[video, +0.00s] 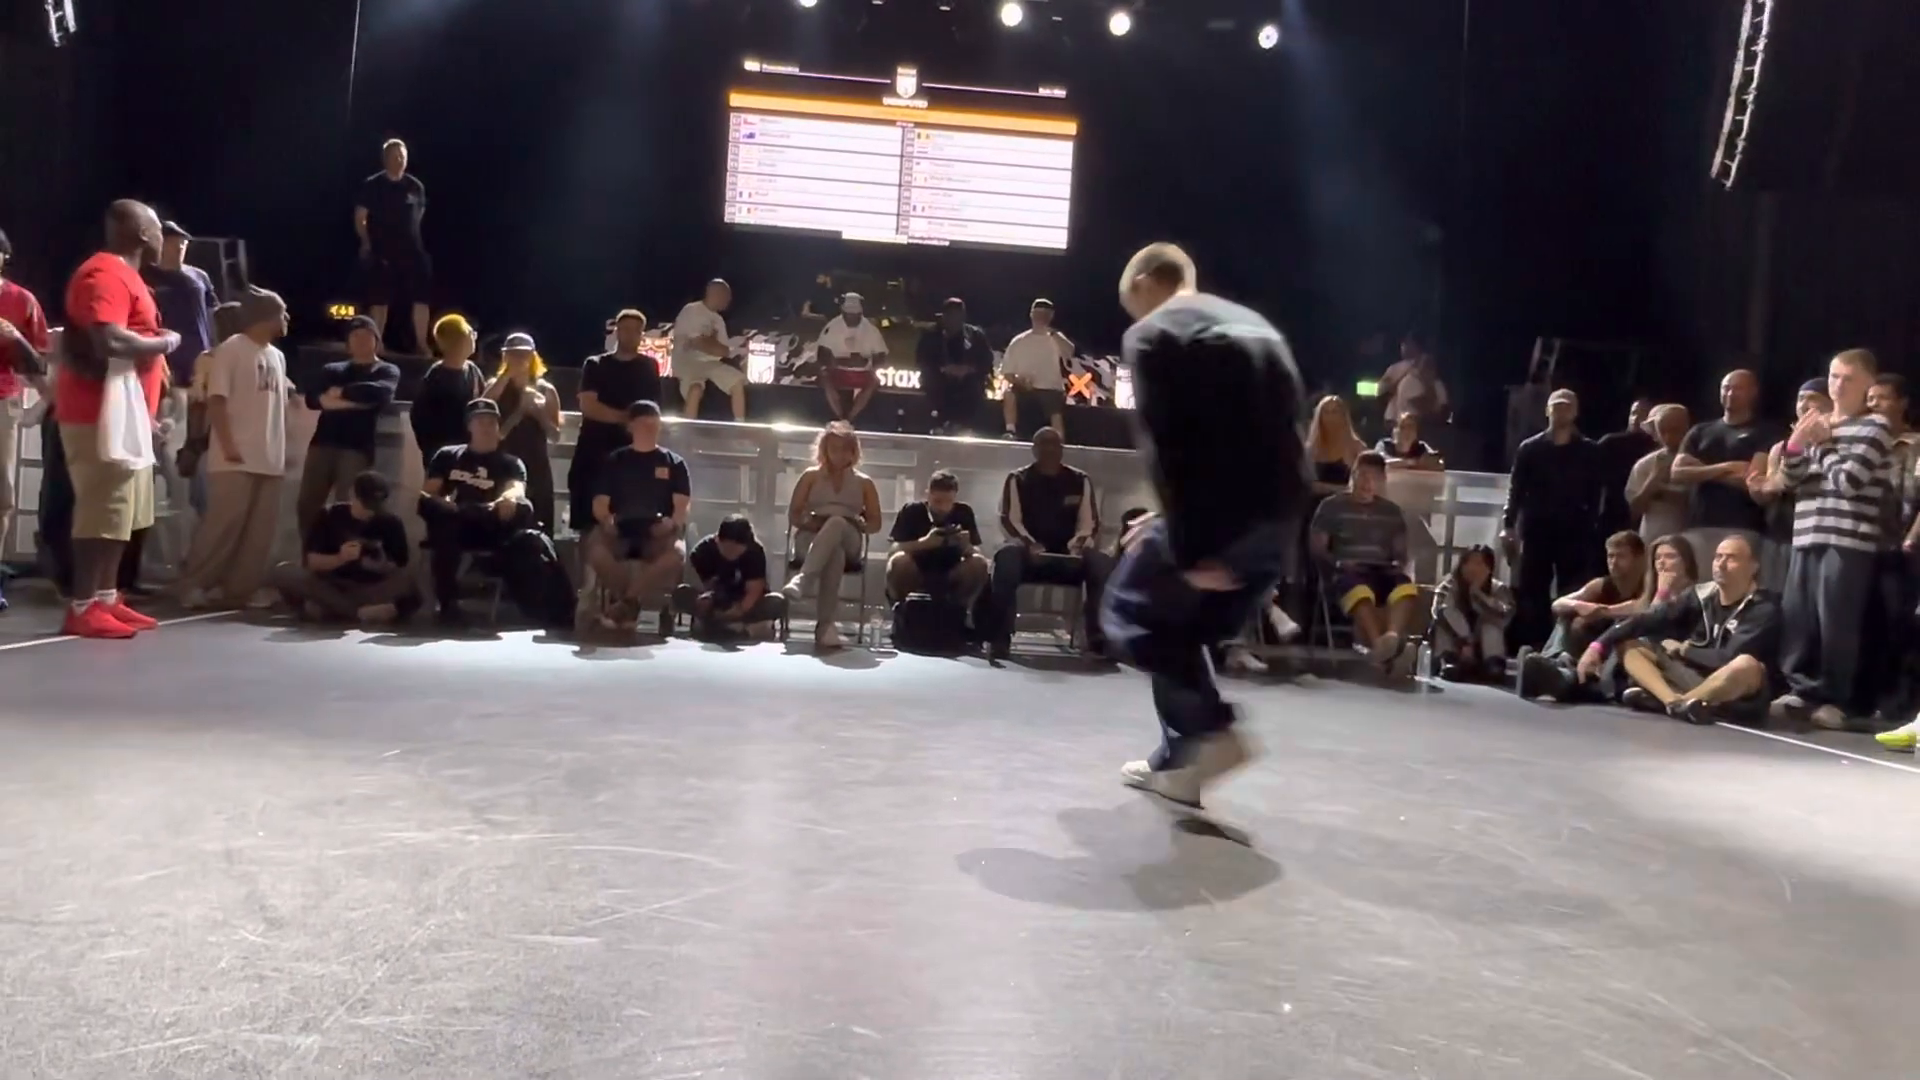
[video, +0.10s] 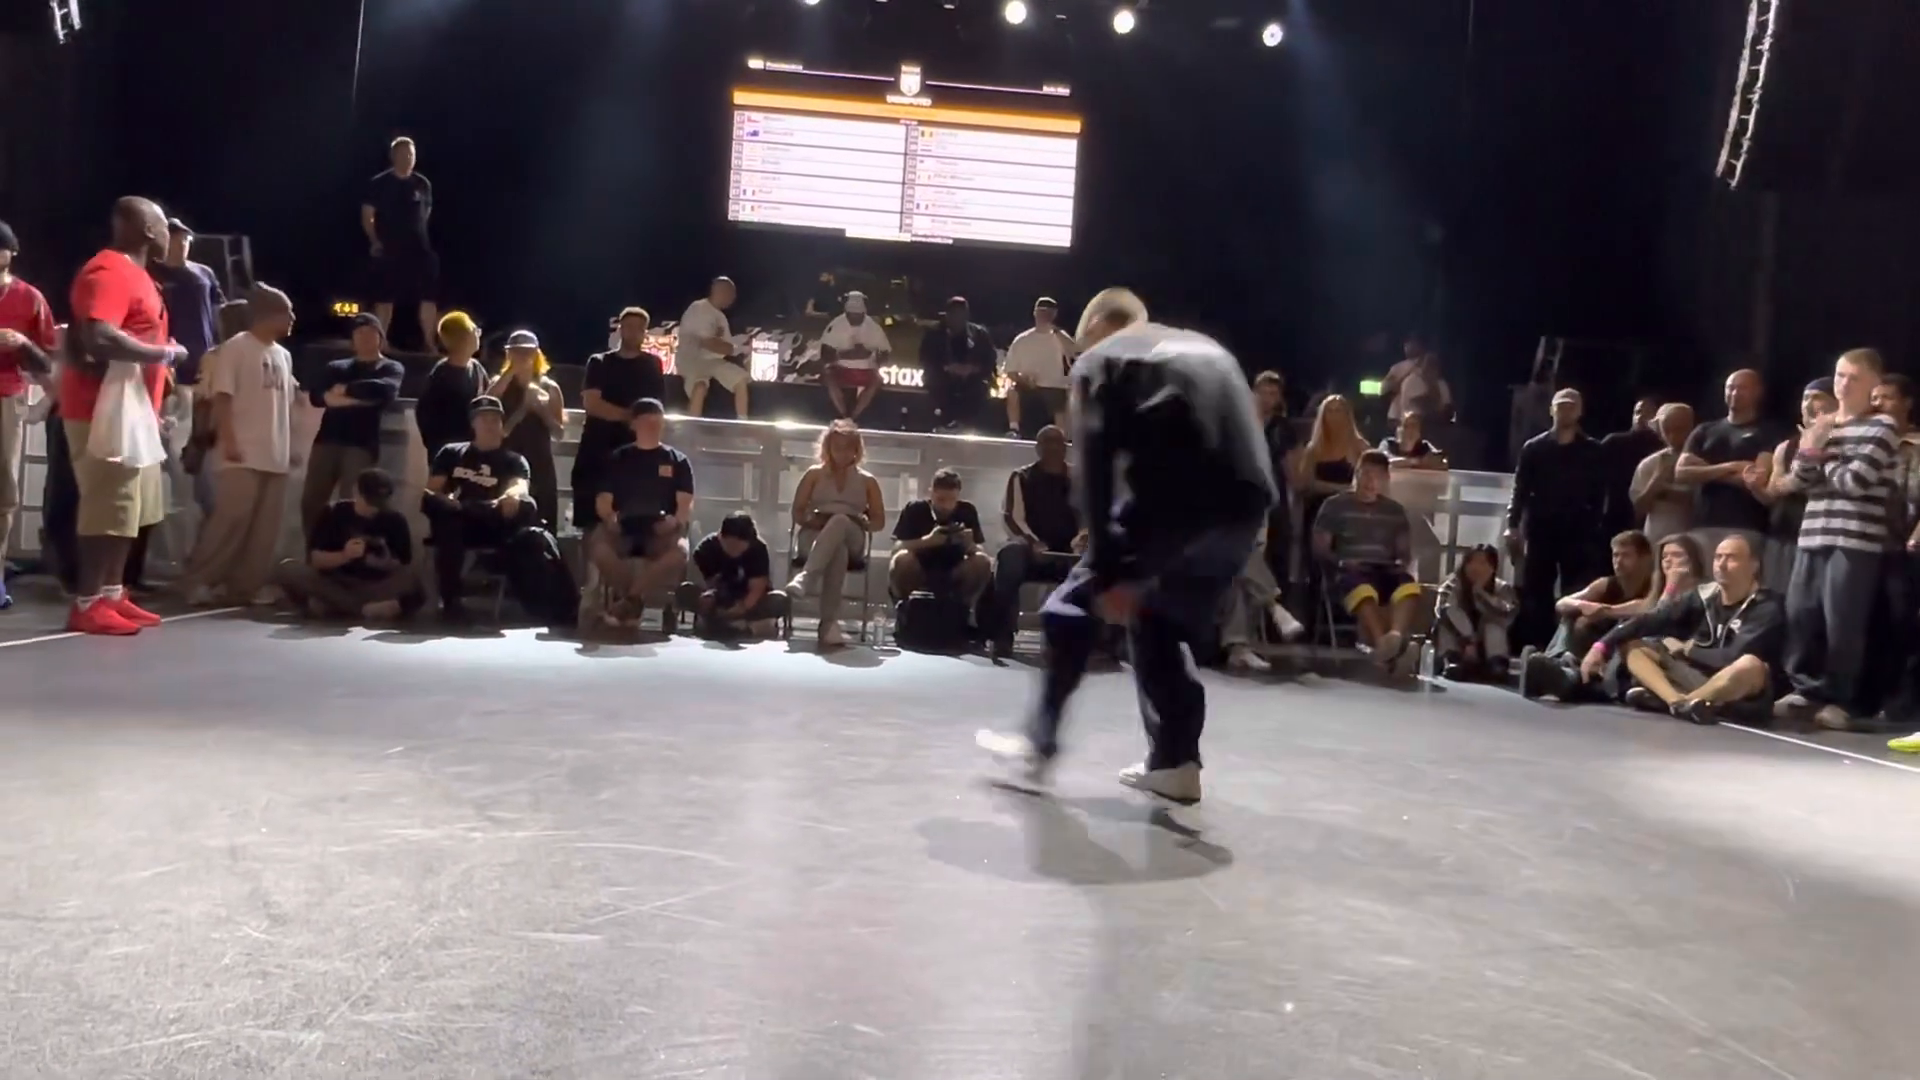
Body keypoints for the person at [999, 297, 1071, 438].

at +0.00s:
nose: (1041, 316)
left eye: (1045, 313)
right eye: (1037, 312)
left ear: (1051, 316)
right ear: (1031, 315)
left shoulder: (1057, 339)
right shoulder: (1018, 341)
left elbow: (1070, 353)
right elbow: (1006, 371)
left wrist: (1054, 335)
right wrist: (1018, 381)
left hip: (1051, 388)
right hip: (1025, 387)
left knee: (1056, 412)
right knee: (1008, 393)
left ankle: (1059, 446)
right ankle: (1010, 431)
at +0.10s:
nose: (1045, 315)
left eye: (1048, 311)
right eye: (1041, 311)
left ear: (1054, 314)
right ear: (1034, 314)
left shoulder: (1061, 338)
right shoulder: (1021, 340)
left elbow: (1075, 354)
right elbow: (1009, 369)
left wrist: (1057, 333)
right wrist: (1022, 380)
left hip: (1054, 387)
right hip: (1029, 387)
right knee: (1012, 391)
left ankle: (1062, 439)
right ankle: (1014, 430)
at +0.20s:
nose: (1045, 313)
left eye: (1049, 309)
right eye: (1042, 309)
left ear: (1056, 313)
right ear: (1037, 312)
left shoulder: (1063, 335)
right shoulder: (1024, 338)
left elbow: (1076, 349)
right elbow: (1012, 367)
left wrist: (1059, 330)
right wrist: (1025, 380)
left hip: (1057, 387)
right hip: (1031, 387)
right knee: (1014, 391)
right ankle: (1016, 427)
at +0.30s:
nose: (1048, 312)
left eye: (1052, 308)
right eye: (1045, 308)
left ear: (1059, 312)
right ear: (1039, 310)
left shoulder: (1065, 335)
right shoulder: (1026, 337)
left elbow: (1082, 349)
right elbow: (1014, 367)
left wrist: (1061, 328)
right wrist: (1026, 377)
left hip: (1060, 388)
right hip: (1035, 388)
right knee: (1016, 389)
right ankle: (1018, 427)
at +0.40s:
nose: (1050, 311)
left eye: (1054, 307)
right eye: (1047, 307)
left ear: (1060, 311)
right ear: (1041, 310)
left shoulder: (1066, 334)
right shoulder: (1029, 336)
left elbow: (1081, 347)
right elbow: (1016, 366)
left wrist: (1064, 328)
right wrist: (1028, 378)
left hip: (1062, 388)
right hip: (1037, 387)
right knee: (1018, 389)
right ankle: (1020, 426)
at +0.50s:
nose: (1048, 314)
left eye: (1052, 310)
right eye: (1045, 309)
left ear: (1061, 311)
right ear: (1041, 311)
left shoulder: (1068, 333)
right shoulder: (1030, 337)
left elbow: (1084, 346)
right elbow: (1018, 366)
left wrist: (1069, 333)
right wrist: (1030, 376)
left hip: (1065, 388)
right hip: (1039, 390)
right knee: (1019, 387)